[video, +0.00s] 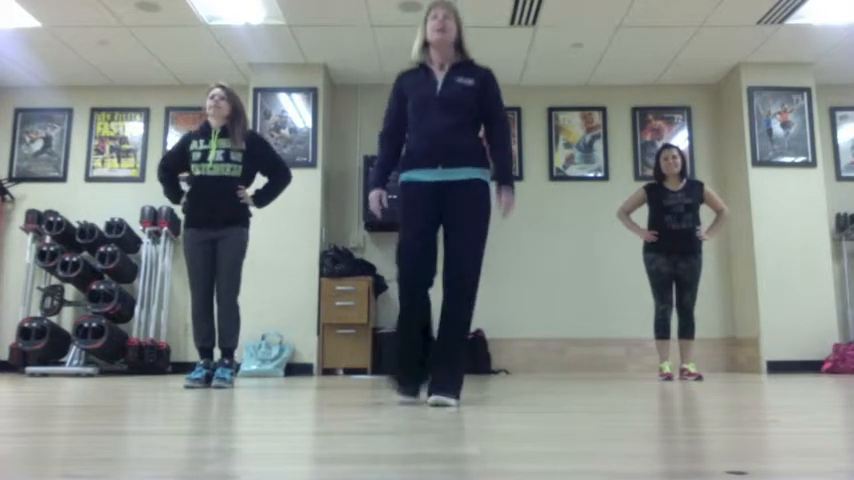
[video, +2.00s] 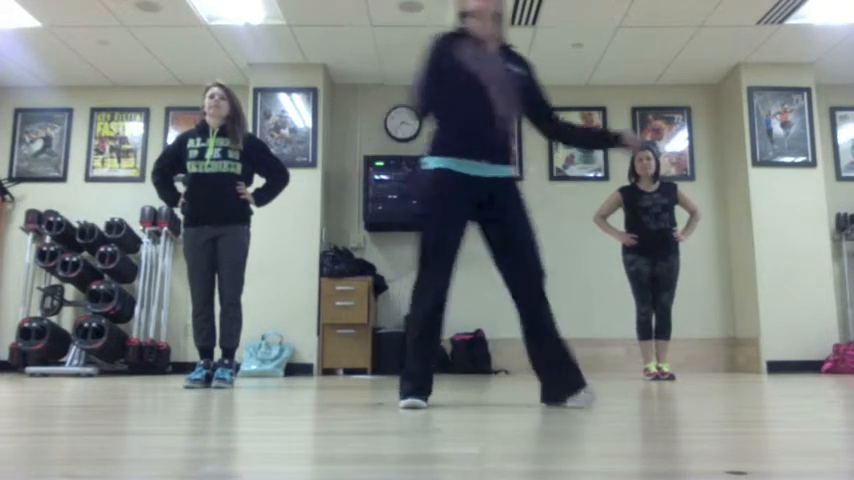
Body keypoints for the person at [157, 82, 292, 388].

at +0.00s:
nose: (214, 101)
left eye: (221, 98)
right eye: (211, 97)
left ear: (233, 107)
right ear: (204, 105)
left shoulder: (250, 141)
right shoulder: (193, 139)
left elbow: (283, 174)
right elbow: (165, 168)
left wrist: (257, 198)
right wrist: (178, 197)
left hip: (232, 227)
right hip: (197, 226)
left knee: (227, 294)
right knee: (200, 295)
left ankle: (226, 362)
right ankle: (205, 362)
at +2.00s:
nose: (214, 101)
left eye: (221, 98)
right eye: (210, 97)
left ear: (231, 107)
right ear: (203, 105)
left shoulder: (246, 143)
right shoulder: (188, 140)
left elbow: (281, 175)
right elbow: (159, 172)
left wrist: (257, 196)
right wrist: (175, 199)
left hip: (233, 227)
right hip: (196, 227)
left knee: (230, 296)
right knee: (201, 297)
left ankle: (227, 362)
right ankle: (205, 362)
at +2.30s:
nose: (218, 100)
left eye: (224, 96)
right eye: (213, 96)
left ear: (234, 106)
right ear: (206, 104)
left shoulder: (249, 143)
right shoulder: (190, 139)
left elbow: (282, 175)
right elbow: (160, 170)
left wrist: (258, 197)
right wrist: (177, 198)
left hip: (234, 227)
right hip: (198, 226)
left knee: (230, 296)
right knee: (201, 297)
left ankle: (227, 363)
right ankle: (205, 362)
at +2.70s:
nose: (221, 101)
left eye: (227, 97)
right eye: (216, 97)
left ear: (237, 106)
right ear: (209, 104)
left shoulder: (252, 142)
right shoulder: (193, 139)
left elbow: (282, 179)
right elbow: (161, 169)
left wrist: (263, 192)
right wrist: (168, 187)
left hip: (236, 228)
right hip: (199, 227)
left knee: (232, 296)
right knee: (201, 297)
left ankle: (227, 363)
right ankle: (205, 362)